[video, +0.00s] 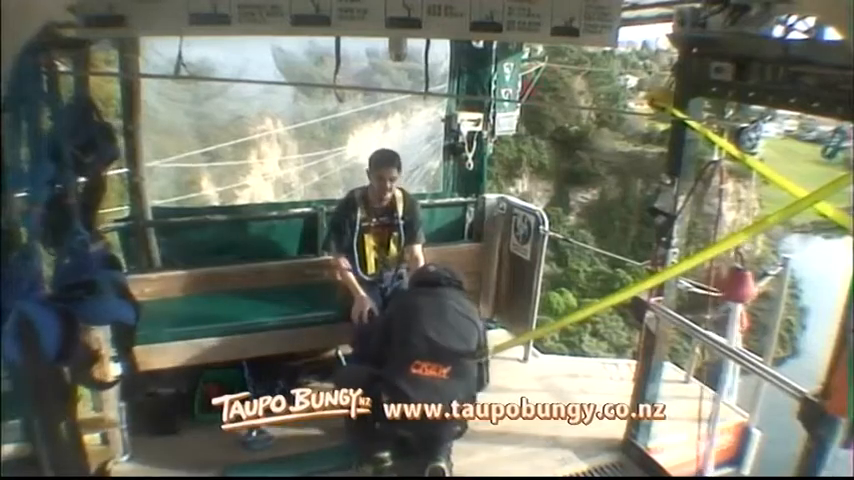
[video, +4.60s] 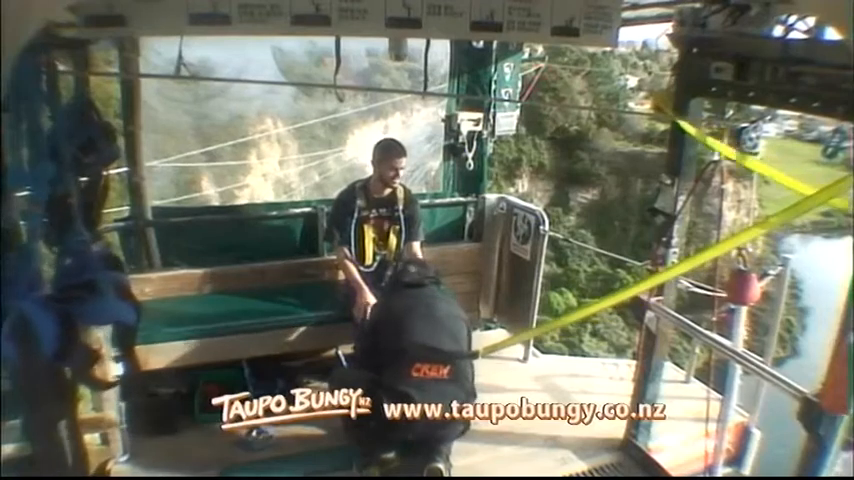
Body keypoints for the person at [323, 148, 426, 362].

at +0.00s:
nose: (386, 186)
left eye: (391, 180)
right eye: (380, 179)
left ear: (398, 178)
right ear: (369, 176)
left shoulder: (407, 203)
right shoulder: (351, 204)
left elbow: (415, 254)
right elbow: (338, 258)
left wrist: (421, 292)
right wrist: (359, 296)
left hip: (398, 278)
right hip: (363, 281)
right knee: (368, 321)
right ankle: (367, 376)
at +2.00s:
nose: (375, 163)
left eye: (381, 157)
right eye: (369, 157)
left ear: (393, 159)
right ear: (363, 159)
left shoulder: (405, 198)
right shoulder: (346, 197)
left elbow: (414, 250)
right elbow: (341, 251)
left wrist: (421, 290)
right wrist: (360, 291)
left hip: (398, 280)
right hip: (361, 282)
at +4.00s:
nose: (396, 172)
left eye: (399, 166)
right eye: (390, 167)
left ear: (403, 165)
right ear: (373, 163)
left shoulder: (406, 198)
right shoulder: (348, 198)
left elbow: (414, 247)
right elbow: (341, 251)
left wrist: (417, 287)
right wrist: (361, 291)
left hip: (398, 281)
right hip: (362, 281)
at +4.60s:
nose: (398, 175)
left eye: (401, 169)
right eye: (393, 169)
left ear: (404, 165)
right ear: (375, 164)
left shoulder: (406, 199)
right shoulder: (349, 199)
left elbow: (414, 248)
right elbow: (341, 252)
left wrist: (422, 289)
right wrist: (362, 291)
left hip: (397, 284)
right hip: (361, 284)